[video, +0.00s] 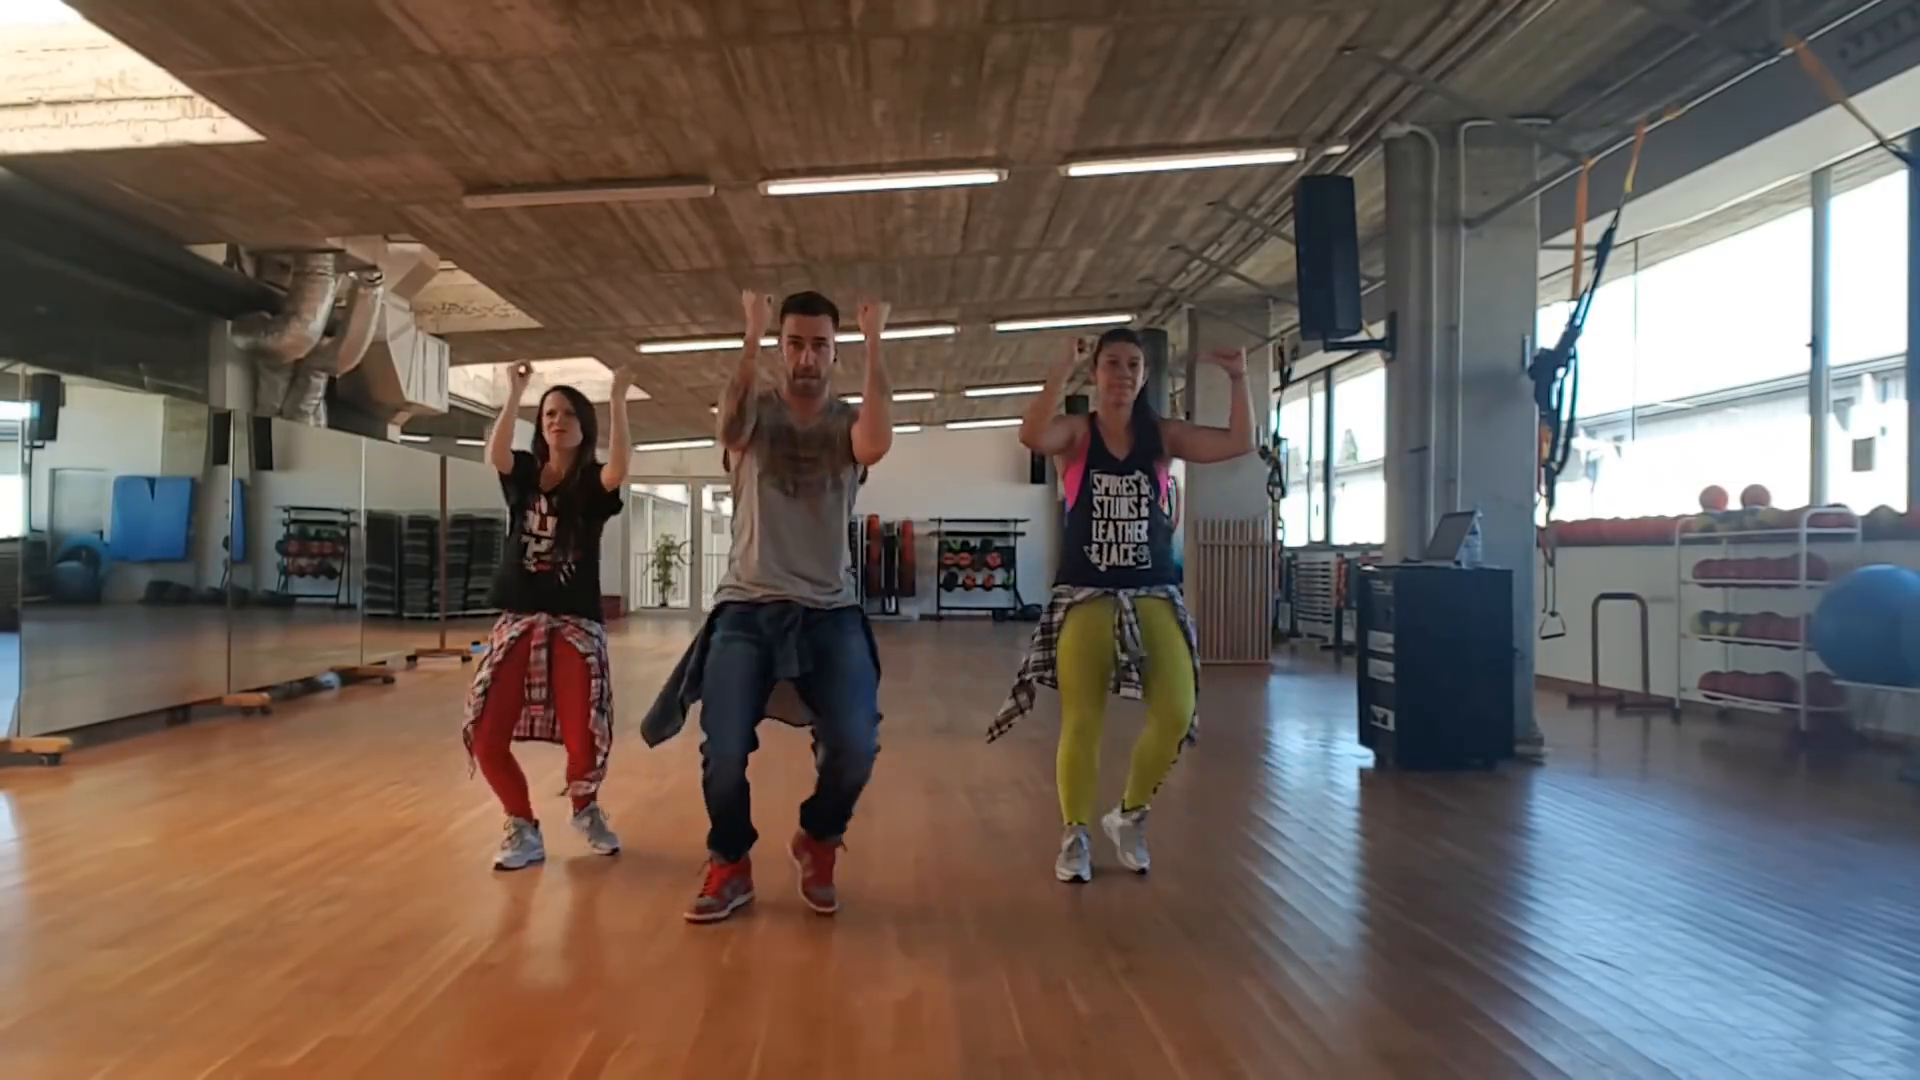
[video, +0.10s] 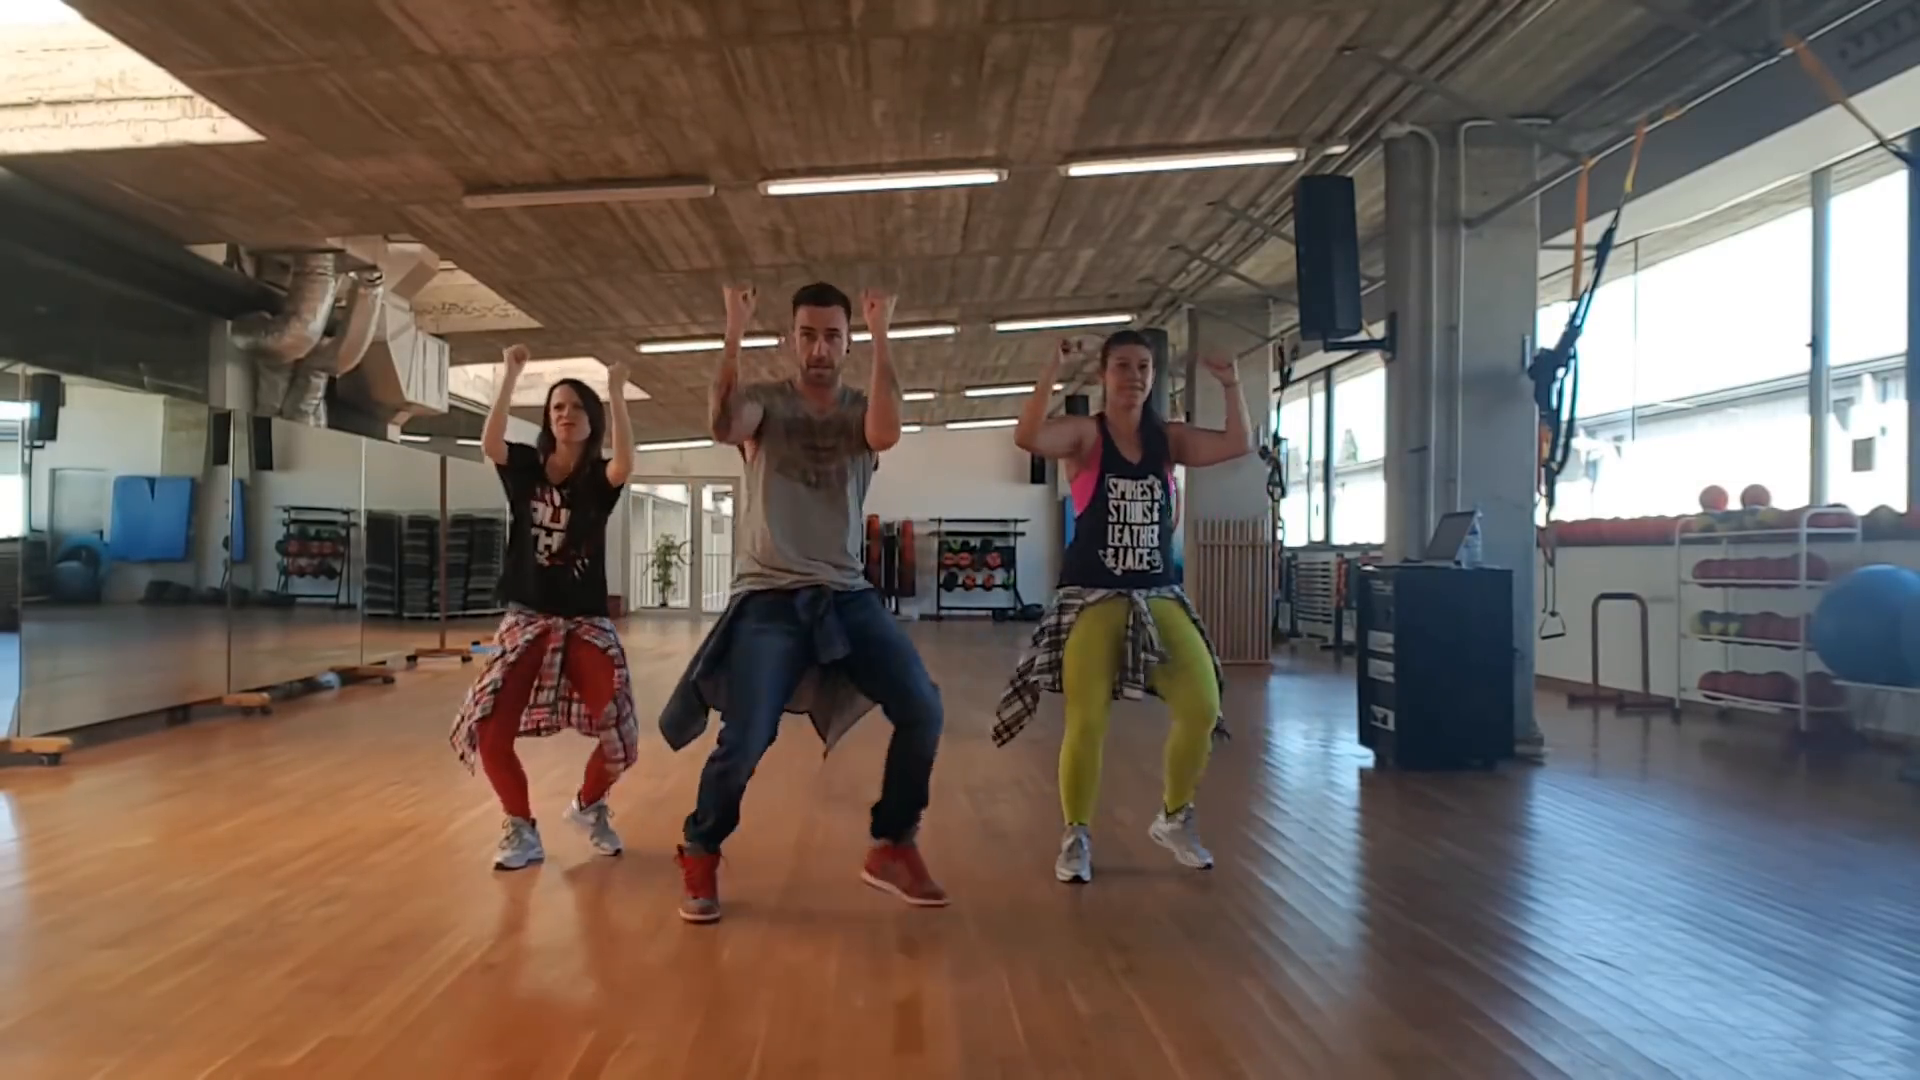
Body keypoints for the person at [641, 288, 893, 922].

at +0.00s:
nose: (805, 356)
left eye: (817, 344)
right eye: (795, 343)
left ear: (835, 352)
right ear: (777, 348)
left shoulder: (847, 417)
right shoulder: (752, 412)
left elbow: (874, 445)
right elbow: (729, 427)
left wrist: (872, 346)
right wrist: (750, 346)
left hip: (830, 608)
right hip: (748, 604)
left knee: (855, 745)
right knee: (723, 749)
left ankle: (818, 841)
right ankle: (729, 865)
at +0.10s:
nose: (820, 348)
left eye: (832, 336)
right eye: (808, 336)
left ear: (848, 342)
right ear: (788, 341)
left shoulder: (861, 407)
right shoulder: (763, 400)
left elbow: (885, 434)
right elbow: (721, 425)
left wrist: (879, 339)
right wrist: (733, 338)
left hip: (846, 591)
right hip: (770, 591)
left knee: (922, 709)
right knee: (747, 737)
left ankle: (894, 848)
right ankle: (701, 856)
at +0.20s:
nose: (838, 346)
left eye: (849, 335)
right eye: (827, 334)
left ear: (867, 344)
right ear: (810, 340)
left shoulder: (884, 407)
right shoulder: (784, 405)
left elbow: (902, 437)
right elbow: (725, 432)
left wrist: (878, 341)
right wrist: (719, 345)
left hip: (872, 600)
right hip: (797, 600)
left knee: (952, 715)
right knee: (776, 748)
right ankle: (678, 852)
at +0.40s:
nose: (895, 372)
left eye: (905, 359)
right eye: (883, 360)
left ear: (920, 362)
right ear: (868, 365)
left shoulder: (949, 428)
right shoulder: (846, 433)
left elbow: (955, 460)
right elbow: (787, 467)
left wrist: (925, 376)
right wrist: (772, 383)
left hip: (946, 621)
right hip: (874, 623)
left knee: (1034, 730)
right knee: (829, 760)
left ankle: (1031, 872)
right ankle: (699, 844)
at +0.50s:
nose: (921, 362)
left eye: (931, 348)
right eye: (909, 350)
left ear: (951, 350)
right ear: (895, 355)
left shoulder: (978, 413)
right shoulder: (878, 425)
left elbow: (999, 442)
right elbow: (812, 461)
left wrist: (962, 353)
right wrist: (797, 376)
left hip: (977, 604)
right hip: (903, 603)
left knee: (1051, 731)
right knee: (851, 747)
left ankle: (1033, 870)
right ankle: (746, 832)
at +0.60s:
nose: (940, 347)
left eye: (951, 334)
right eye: (929, 336)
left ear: (971, 339)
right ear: (913, 342)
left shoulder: (998, 398)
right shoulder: (896, 411)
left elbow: (1025, 403)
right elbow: (821, 426)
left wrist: (1004, 317)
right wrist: (803, 339)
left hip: (1002, 583)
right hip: (922, 583)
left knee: (1054, 727)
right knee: (891, 722)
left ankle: (1036, 868)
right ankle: (829, 827)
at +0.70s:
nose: (952, 338)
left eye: (962, 325)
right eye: (941, 327)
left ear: (981, 330)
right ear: (926, 335)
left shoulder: (1009, 393)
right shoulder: (909, 405)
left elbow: (1037, 396)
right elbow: (828, 415)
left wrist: (1010, 302)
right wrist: (814, 325)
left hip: (1018, 586)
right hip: (938, 587)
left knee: (1059, 729)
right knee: (930, 726)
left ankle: (1048, 863)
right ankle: (920, 839)